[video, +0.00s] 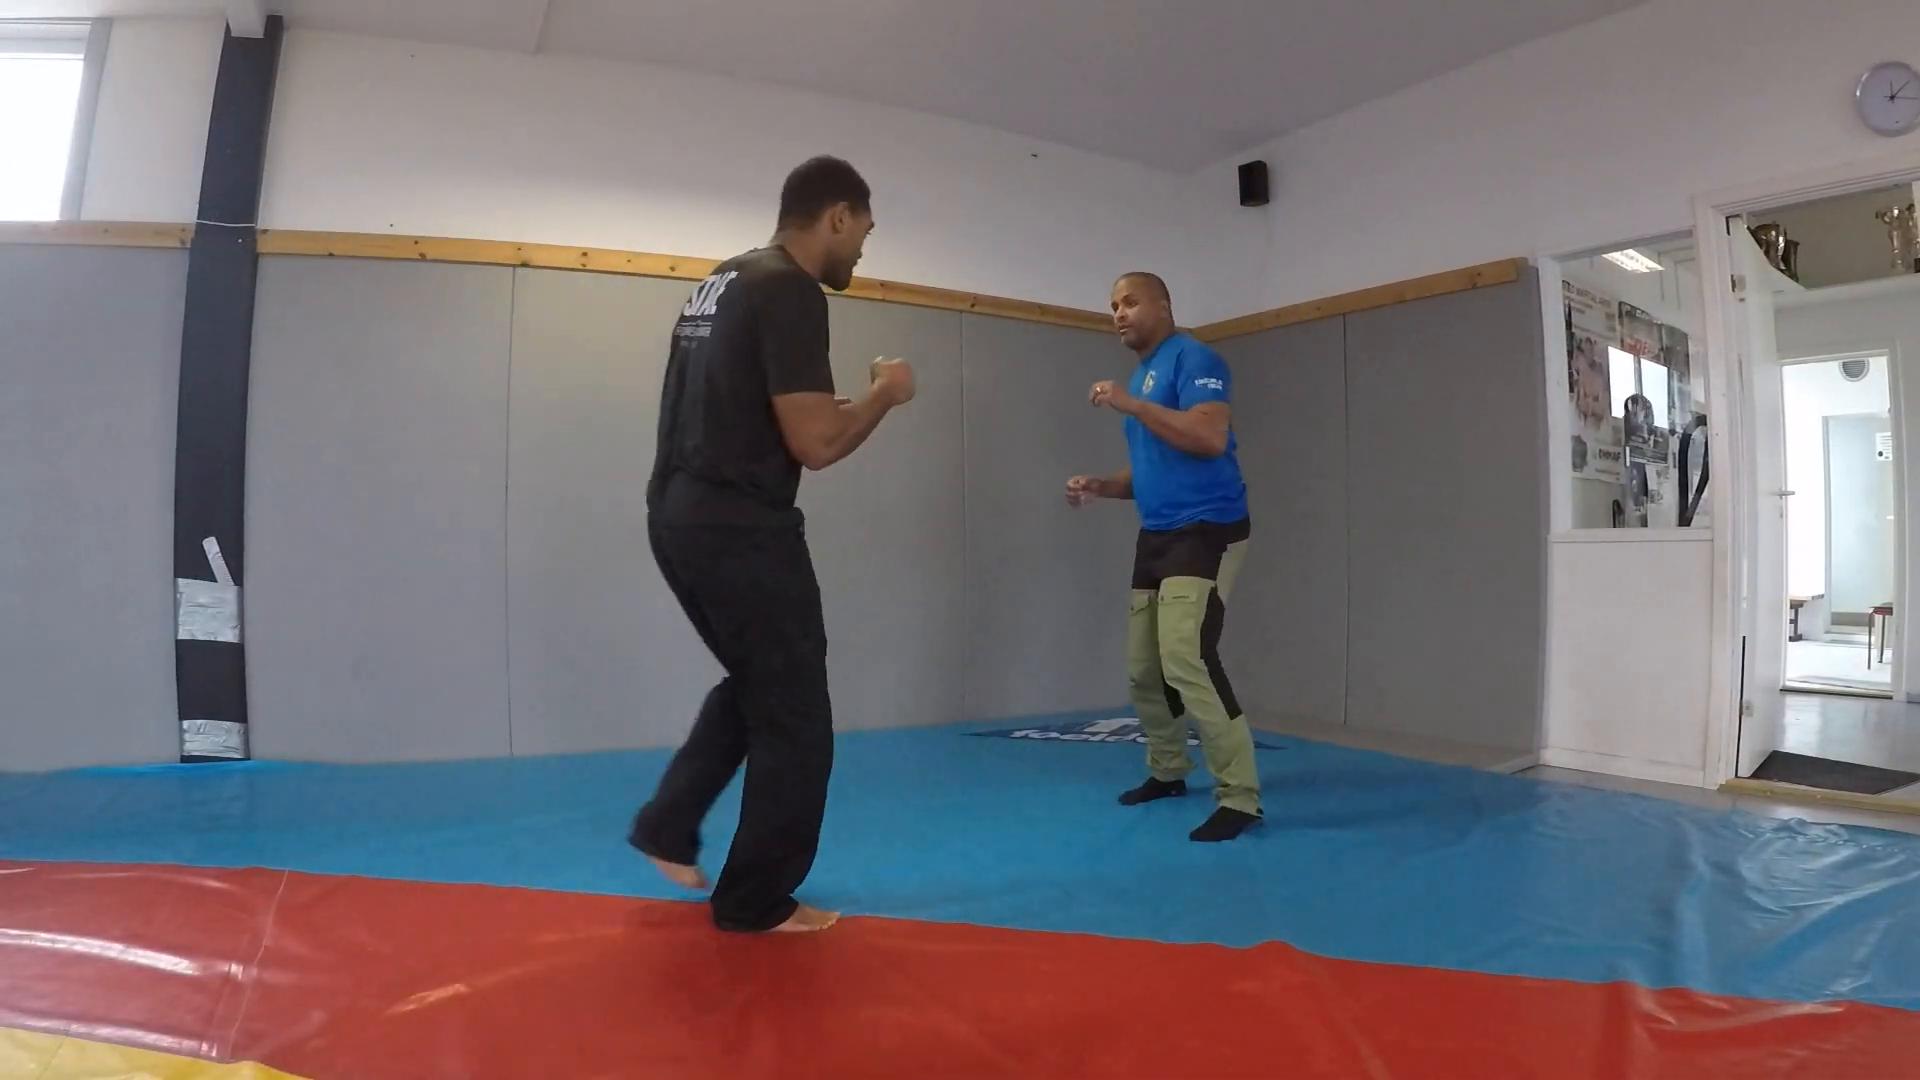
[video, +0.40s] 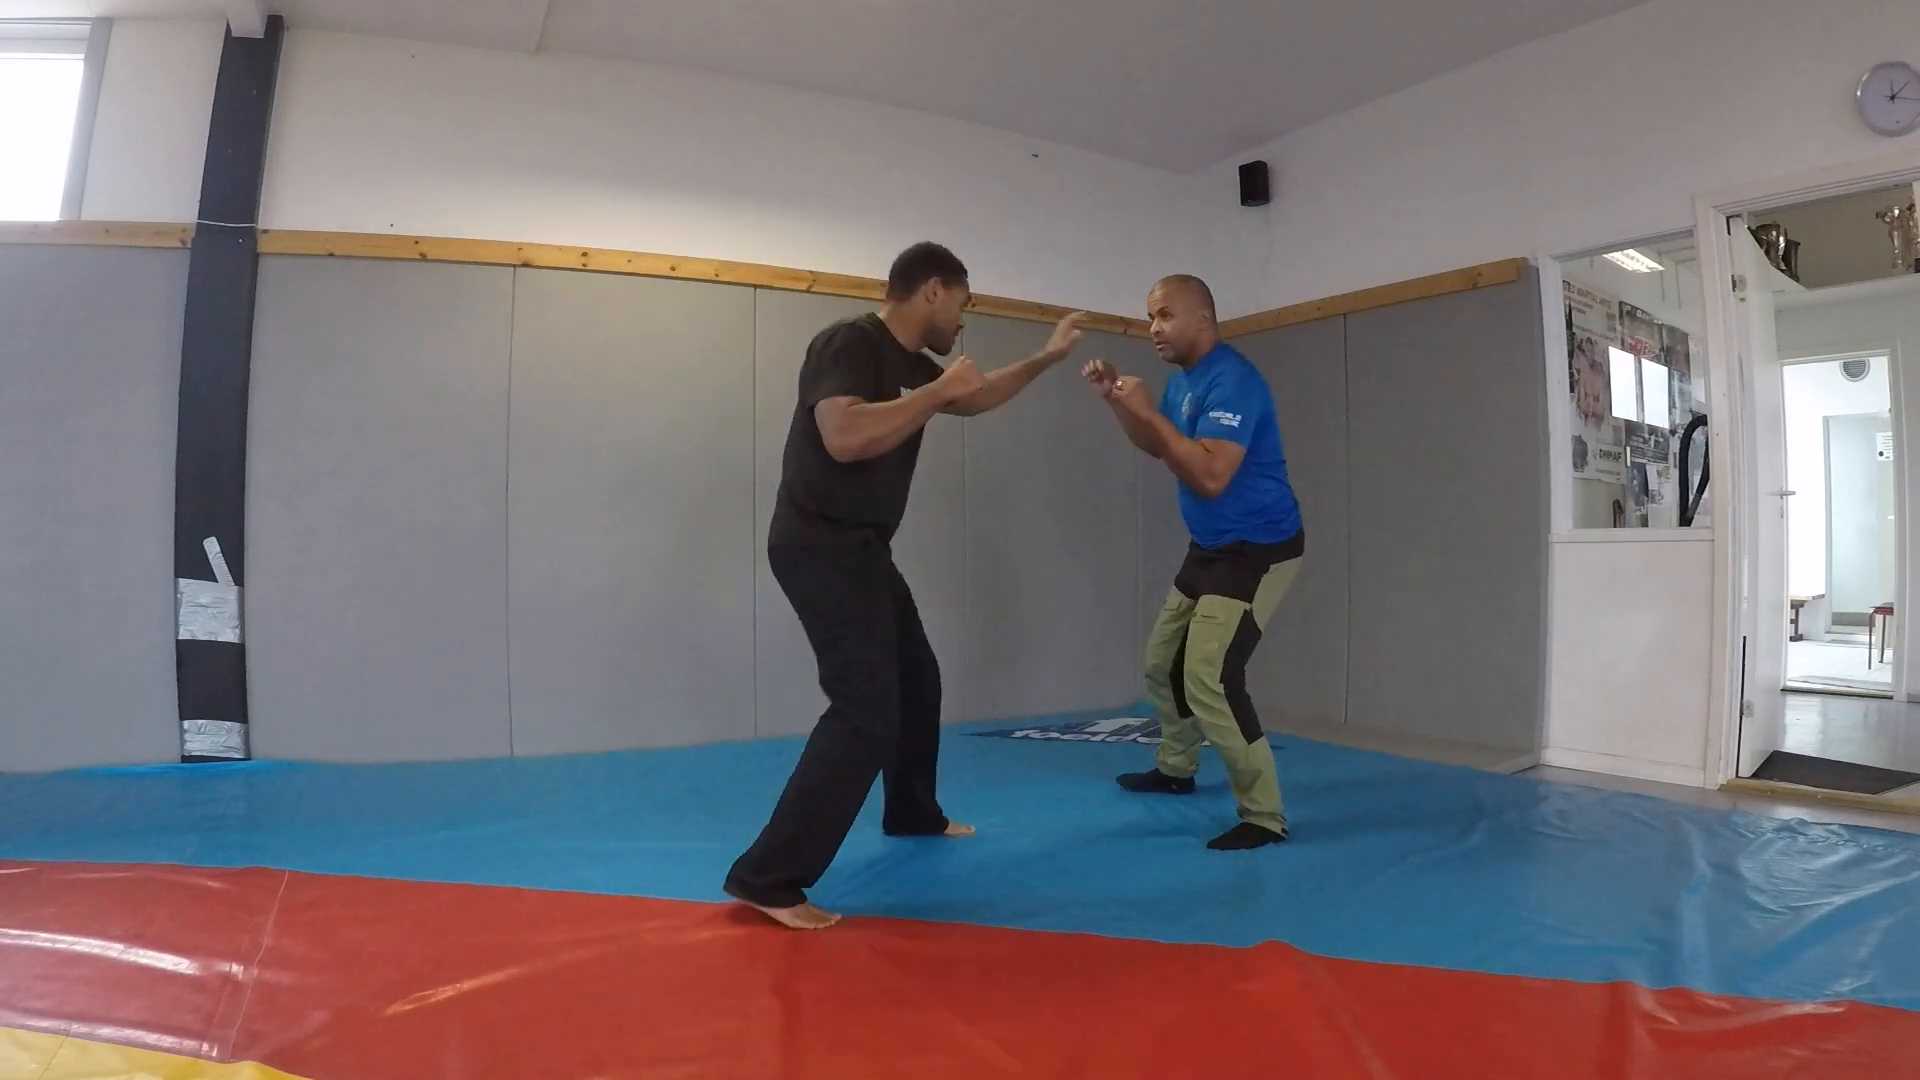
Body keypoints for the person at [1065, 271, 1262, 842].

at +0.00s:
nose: (1119, 316)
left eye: (1128, 303)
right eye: (1114, 310)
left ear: (1164, 306)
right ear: (1119, 323)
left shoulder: (1195, 359)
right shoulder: (1140, 381)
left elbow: (1211, 437)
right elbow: (1150, 474)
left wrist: (1132, 405)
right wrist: (1104, 485)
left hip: (1207, 530)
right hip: (1157, 533)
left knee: (1185, 656)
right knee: (1145, 667)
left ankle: (1240, 799)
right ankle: (1167, 774)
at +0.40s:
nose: (1154, 328)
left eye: (1165, 315)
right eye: (1151, 318)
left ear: (1202, 319)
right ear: (1165, 326)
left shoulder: (1235, 381)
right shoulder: (1180, 383)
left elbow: (1211, 476)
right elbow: (1157, 447)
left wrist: (1145, 413)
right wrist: (1117, 400)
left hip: (1260, 548)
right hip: (1211, 545)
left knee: (1209, 674)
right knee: (1164, 667)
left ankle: (1264, 817)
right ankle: (1177, 770)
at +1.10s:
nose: (1150, 350)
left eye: (1159, 339)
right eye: (1146, 345)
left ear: (1194, 339)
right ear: (1154, 353)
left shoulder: (1213, 374)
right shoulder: (1192, 395)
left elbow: (1156, 404)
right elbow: (1224, 482)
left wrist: (1076, 404)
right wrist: (1174, 494)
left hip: (1264, 543)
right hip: (1232, 545)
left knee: (1220, 665)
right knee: (1215, 664)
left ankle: (1265, 809)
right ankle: (1257, 761)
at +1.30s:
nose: (1129, 369)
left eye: (1136, 357)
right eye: (1125, 364)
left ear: (1170, 355)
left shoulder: (1186, 385)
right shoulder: (1182, 401)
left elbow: (1177, 431)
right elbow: (1218, 471)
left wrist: (1114, 422)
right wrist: (1175, 507)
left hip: (1245, 533)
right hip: (1253, 533)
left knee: (1187, 648)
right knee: (1224, 651)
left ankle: (1231, 793)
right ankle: (1262, 755)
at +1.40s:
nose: (1119, 372)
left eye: (1126, 360)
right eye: (1115, 368)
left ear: (1159, 356)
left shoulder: (1173, 384)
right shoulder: (1176, 398)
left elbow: (1165, 427)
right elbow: (1213, 466)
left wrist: (1105, 411)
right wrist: (1167, 503)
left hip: (1239, 535)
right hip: (1249, 534)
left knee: (1179, 656)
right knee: (1224, 656)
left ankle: (1173, 808)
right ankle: (1263, 756)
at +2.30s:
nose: (1101, 333)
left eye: (1111, 320)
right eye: (1097, 323)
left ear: (1151, 317)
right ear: (1099, 326)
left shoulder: (1188, 387)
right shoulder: (1097, 365)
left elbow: (1193, 479)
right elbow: (1019, 386)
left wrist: (1130, 417)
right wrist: (1008, 325)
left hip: (1165, 544)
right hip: (1119, 546)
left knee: (1105, 672)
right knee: (1142, 664)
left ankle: (1149, 817)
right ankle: (1209, 727)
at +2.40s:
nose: (1097, 331)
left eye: (1106, 318)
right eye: (1092, 322)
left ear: (1144, 317)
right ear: (1094, 328)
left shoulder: (1178, 381)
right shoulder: (1102, 370)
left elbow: (1140, 453)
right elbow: (1023, 404)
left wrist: (1094, 387)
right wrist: (998, 361)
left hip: (1163, 544)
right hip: (1119, 544)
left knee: (1104, 673)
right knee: (1120, 657)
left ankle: (1149, 817)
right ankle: (1190, 718)